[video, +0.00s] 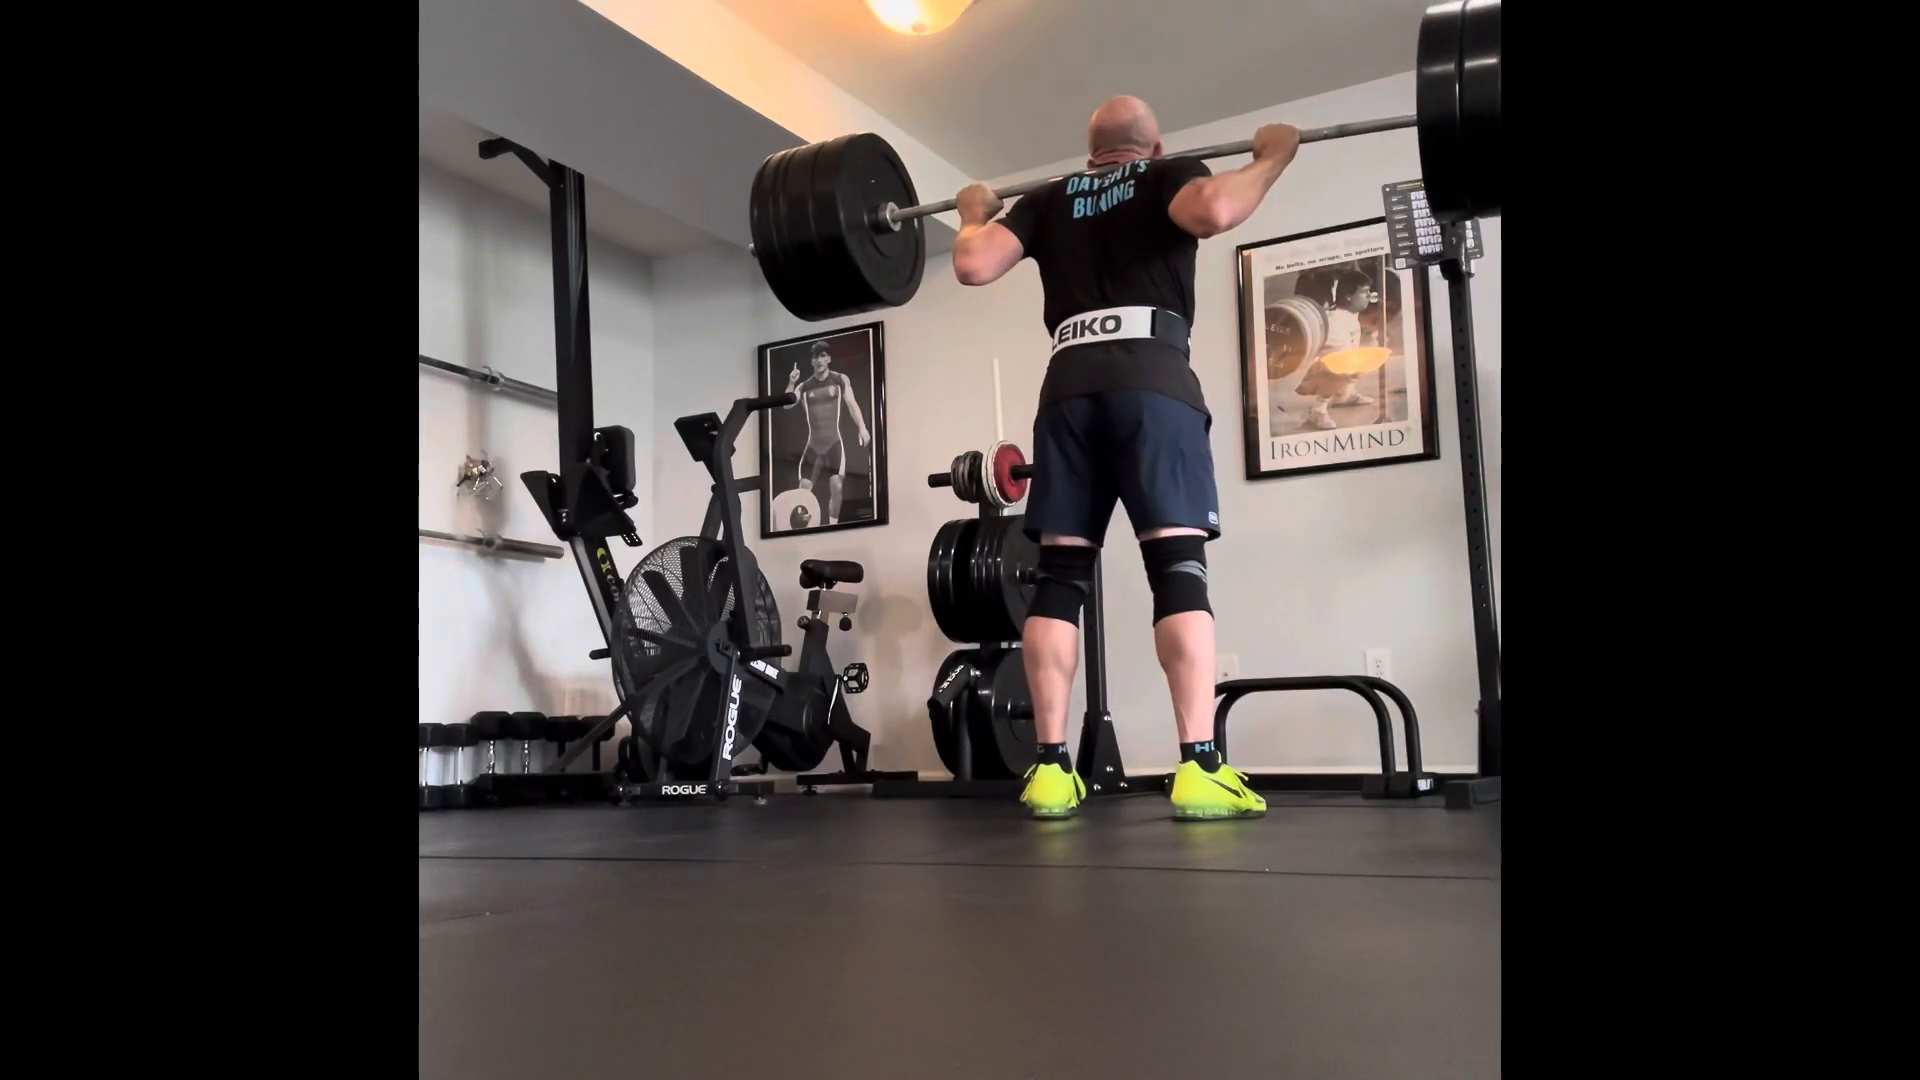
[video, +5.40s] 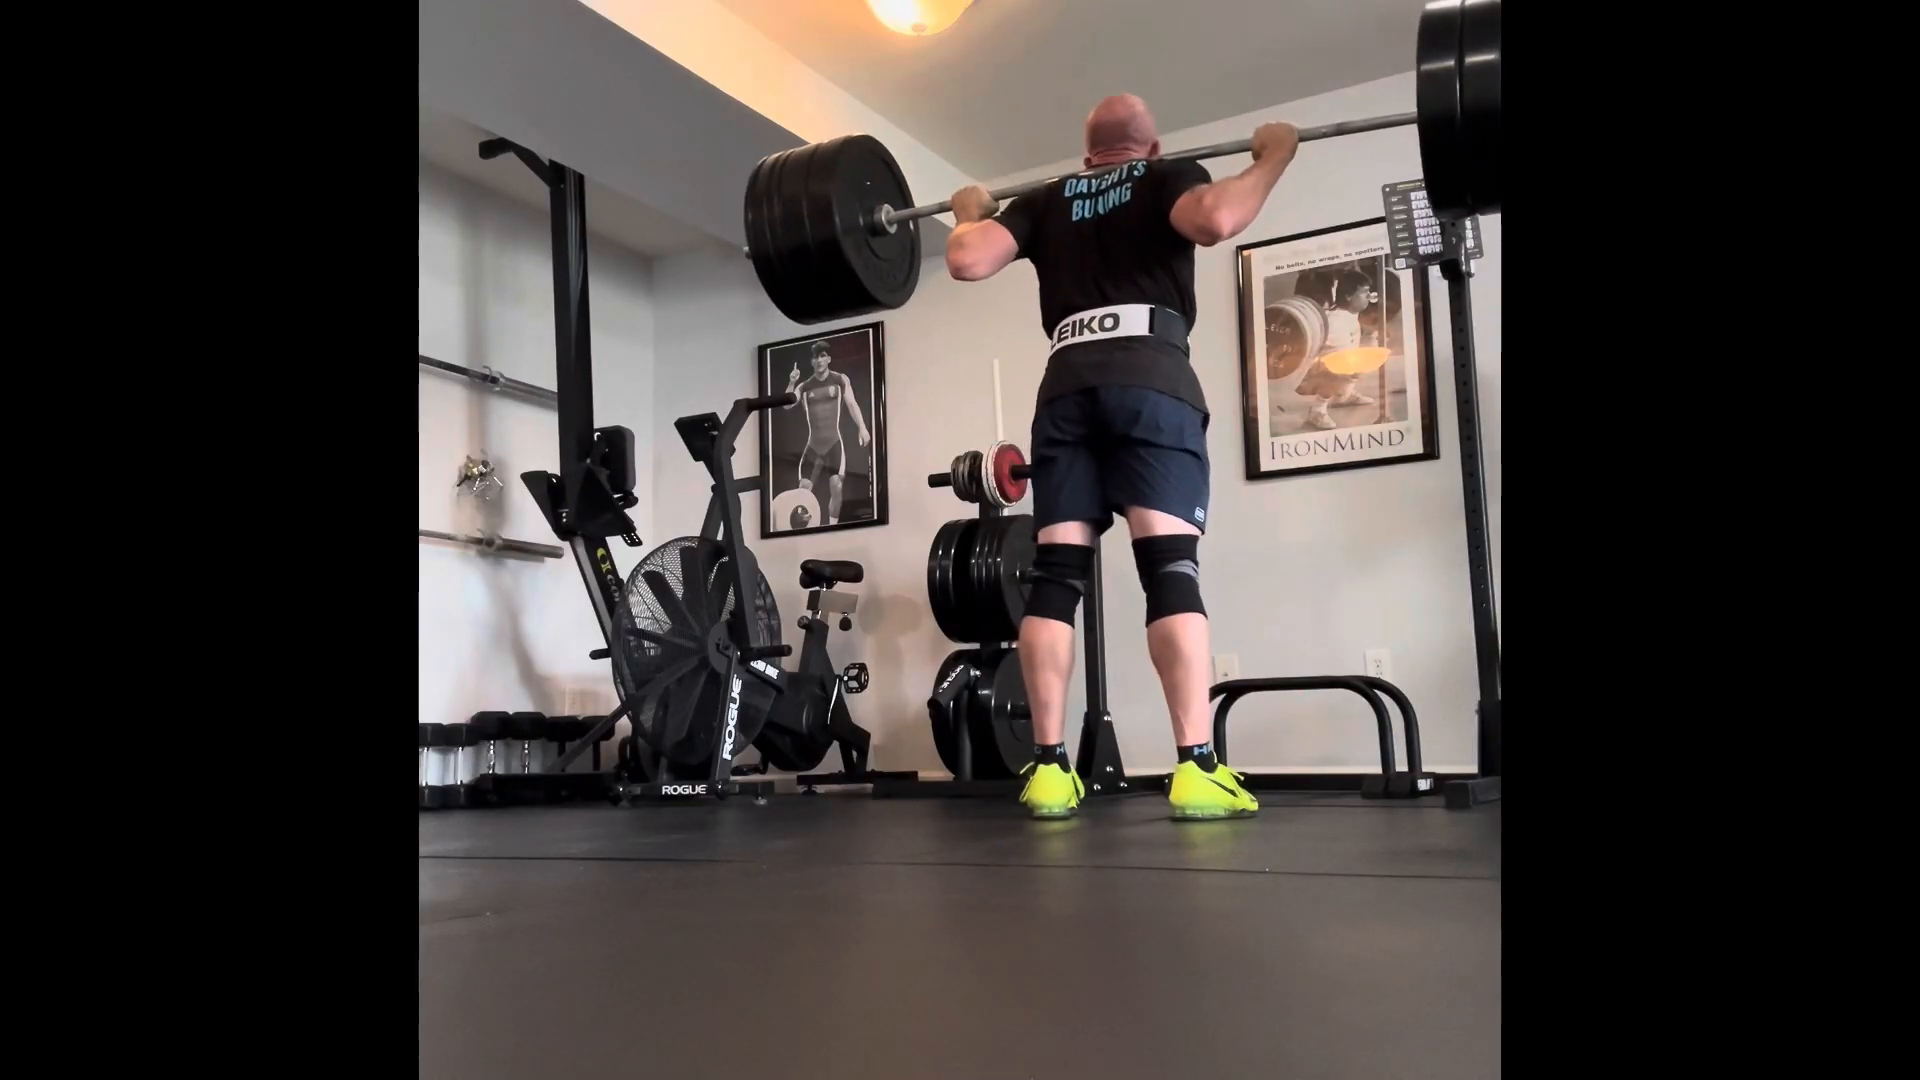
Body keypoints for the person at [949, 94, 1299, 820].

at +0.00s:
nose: (1152, 148)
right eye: (1155, 140)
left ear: (1088, 149)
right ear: (1155, 145)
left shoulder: (1047, 200)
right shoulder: (1165, 173)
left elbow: (972, 263)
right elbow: (1217, 209)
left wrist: (972, 214)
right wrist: (1270, 159)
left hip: (1068, 385)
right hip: (1156, 382)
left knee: (1059, 577)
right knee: (1178, 570)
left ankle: (1051, 766)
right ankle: (1199, 763)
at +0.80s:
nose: (1157, 230)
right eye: (1157, 223)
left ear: (1087, 230)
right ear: (1155, 228)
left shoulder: (1044, 281)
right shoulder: (1169, 257)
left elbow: (965, 345)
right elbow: (1211, 302)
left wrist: (971, 292)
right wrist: (1271, 246)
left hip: (1057, 450)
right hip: (1149, 438)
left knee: (1061, 612)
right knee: (1234, 598)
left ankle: (1052, 767)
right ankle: (1205, 765)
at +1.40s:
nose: (1165, 317)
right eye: (1163, 311)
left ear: (1095, 318)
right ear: (1158, 316)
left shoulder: (1044, 364)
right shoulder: (1172, 346)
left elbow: (964, 439)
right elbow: (1218, 397)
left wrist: (971, 384)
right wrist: (1278, 341)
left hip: (1037, 511)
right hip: (1130, 497)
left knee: (1062, 624)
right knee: (1244, 608)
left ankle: (1051, 769)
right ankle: (1205, 767)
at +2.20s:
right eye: (1170, 402)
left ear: (1104, 412)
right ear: (1170, 408)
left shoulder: (1049, 456)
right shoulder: (1182, 439)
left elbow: (968, 538)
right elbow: (1229, 501)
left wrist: (976, 474)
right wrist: (1290, 437)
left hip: (1042, 607)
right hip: (1144, 598)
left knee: (1053, 635)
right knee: (1254, 612)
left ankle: (1053, 768)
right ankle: (1205, 769)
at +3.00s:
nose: (1169, 335)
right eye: (1168, 329)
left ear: (1100, 333)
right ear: (1163, 332)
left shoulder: (1045, 375)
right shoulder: (1173, 360)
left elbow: (963, 443)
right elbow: (1218, 401)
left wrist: (972, 393)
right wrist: (1279, 352)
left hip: (1032, 508)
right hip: (1126, 495)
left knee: (1094, 617)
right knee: (1218, 604)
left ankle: (1055, 770)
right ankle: (1203, 767)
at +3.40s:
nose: (1159, 228)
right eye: (1158, 220)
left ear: (1089, 227)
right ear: (1156, 225)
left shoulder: (1045, 282)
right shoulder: (1169, 259)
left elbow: (967, 349)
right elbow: (1213, 305)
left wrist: (967, 296)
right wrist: (1269, 249)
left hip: (1052, 438)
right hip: (1142, 424)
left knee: (1086, 604)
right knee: (1223, 593)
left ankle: (1056, 765)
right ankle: (1205, 766)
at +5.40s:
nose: (1146, 149)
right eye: (1151, 140)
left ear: (1084, 151)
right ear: (1153, 146)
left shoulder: (1043, 201)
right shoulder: (1165, 176)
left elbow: (967, 259)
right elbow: (1216, 218)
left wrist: (968, 213)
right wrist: (1271, 157)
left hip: (1066, 380)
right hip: (1154, 377)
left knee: (1056, 573)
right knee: (1169, 569)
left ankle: (1050, 764)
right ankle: (1197, 763)